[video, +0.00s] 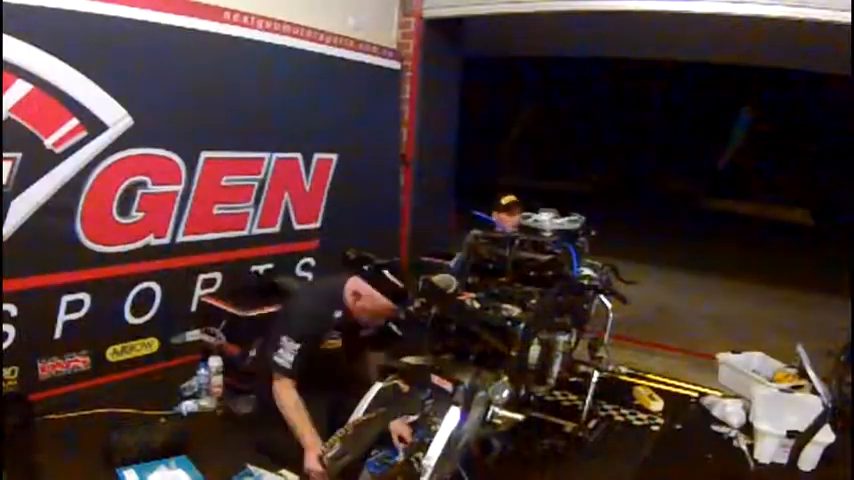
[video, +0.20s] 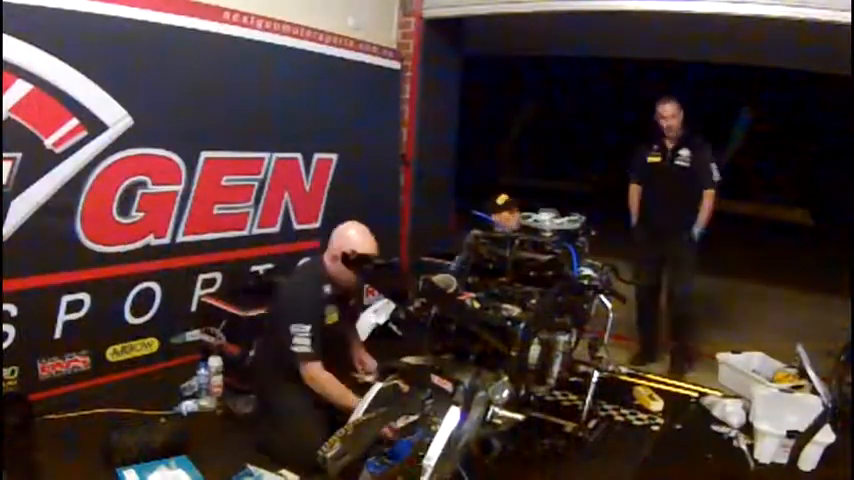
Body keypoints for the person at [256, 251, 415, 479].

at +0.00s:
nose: (381, 324)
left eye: (386, 319)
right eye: (381, 316)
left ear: (359, 294)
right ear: (359, 296)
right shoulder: (306, 310)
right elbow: (282, 386)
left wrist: (390, 416)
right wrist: (311, 446)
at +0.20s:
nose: (363, 275)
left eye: (367, 267)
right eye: (358, 265)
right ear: (335, 257)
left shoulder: (341, 278)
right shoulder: (303, 290)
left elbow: (345, 318)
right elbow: (311, 373)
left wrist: (357, 350)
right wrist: (364, 410)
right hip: (282, 377)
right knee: (308, 452)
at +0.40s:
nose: (305, 251)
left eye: (310, 242)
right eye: (296, 243)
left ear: (317, 239)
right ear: (276, 241)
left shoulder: (322, 271)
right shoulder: (258, 283)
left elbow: (340, 314)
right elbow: (245, 358)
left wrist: (353, 343)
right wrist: (305, 370)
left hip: (335, 378)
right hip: (287, 387)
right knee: (303, 459)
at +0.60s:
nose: (370, 312)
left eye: (375, 307)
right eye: (370, 304)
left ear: (343, 280)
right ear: (344, 281)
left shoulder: (357, 300)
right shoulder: (296, 297)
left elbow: (365, 346)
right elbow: (247, 348)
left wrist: (350, 388)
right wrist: (300, 380)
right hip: (283, 387)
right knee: (309, 455)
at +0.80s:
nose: (325, 235)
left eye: (328, 227)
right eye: (315, 228)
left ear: (333, 231)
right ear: (292, 235)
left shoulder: (341, 274)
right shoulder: (271, 277)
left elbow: (350, 326)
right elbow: (262, 350)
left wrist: (353, 371)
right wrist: (313, 352)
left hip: (338, 384)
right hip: (295, 385)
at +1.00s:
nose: (314, 238)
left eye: (316, 230)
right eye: (304, 231)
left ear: (320, 232)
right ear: (280, 237)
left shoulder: (327, 272)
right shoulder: (263, 285)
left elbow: (346, 324)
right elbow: (270, 364)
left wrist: (363, 376)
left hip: (333, 382)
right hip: (288, 391)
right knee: (321, 457)